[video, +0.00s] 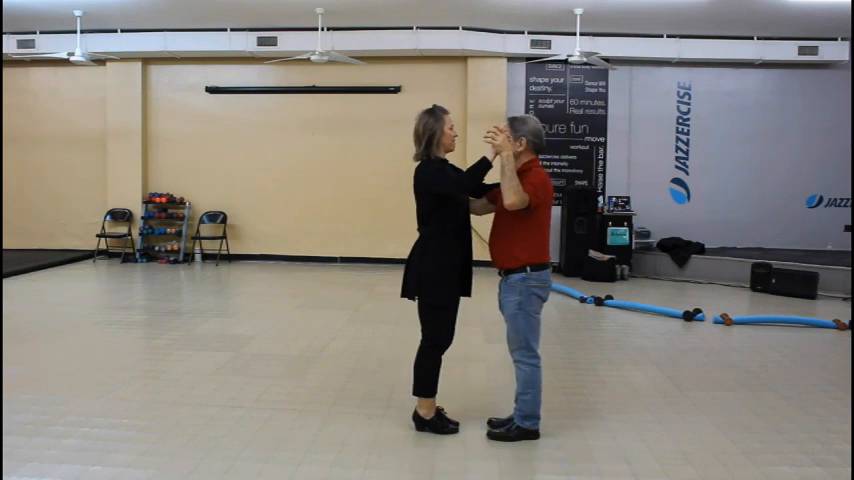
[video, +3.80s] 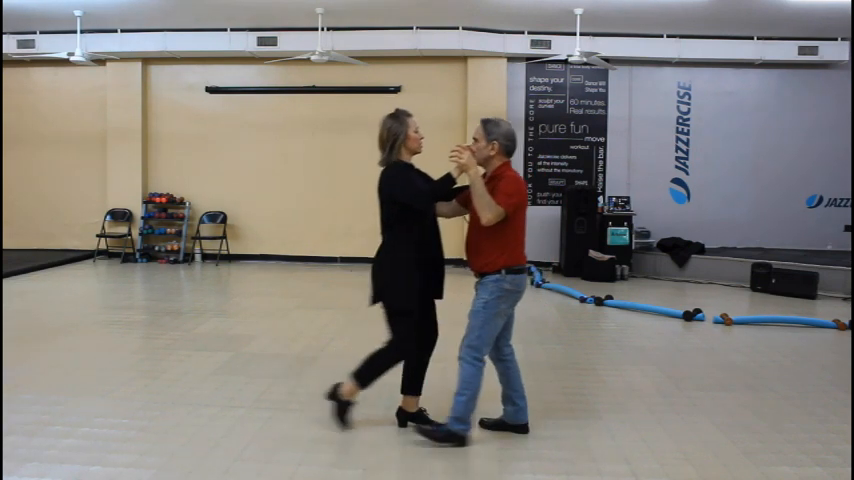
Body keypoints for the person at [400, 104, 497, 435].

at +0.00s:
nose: (456, 133)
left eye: (454, 128)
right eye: (450, 128)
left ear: (436, 133)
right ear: (436, 133)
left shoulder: (440, 168)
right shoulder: (431, 170)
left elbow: (472, 195)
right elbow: (465, 185)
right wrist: (490, 156)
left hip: (442, 266)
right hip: (435, 267)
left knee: (437, 338)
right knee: (435, 339)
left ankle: (426, 408)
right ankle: (425, 411)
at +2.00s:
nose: (462, 133)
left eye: (460, 127)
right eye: (456, 128)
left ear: (441, 133)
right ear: (442, 133)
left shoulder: (442, 167)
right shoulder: (439, 169)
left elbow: (473, 196)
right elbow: (473, 186)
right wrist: (501, 161)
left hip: (444, 267)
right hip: (441, 269)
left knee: (439, 339)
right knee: (437, 340)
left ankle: (427, 407)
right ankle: (424, 411)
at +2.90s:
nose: (453, 139)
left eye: (452, 133)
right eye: (448, 134)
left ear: (432, 138)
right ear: (433, 138)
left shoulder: (436, 173)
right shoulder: (425, 174)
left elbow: (464, 200)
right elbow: (455, 190)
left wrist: (498, 189)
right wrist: (485, 165)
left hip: (435, 270)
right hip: (421, 272)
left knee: (446, 336)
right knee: (445, 337)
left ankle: (429, 406)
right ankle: (410, 404)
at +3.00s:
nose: (446, 138)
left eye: (444, 133)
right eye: (440, 134)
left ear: (423, 140)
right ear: (424, 140)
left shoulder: (429, 176)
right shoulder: (419, 177)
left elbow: (457, 202)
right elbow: (444, 196)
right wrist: (473, 170)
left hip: (431, 274)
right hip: (415, 276)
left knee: (443, 335)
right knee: (437, 336)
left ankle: (428, 406)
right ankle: (376, 392)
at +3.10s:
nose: (435, 138)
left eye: (433, 133)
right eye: (429, 135)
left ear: (415, 142)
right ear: (415, 142)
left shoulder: (421, 179)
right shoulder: (408, 179)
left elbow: (449, 208)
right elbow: (435, 197)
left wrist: (481, 190)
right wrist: (462, 172)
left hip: (426, 278)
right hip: (406, 279)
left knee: (440, 333)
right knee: (408, 349)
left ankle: (428, 406)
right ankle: (344, 391)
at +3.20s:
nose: (424, 141)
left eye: (422, 136)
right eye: (419, 137)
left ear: (403, 144)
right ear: (404, 143)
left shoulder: (409, 180)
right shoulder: (398, 180)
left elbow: (441, 206)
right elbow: (424, 199)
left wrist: (472, 189)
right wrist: (450, 173)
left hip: (414, 278)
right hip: (393, 279)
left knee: (435, 333)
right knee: (378, 347)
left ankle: (427, 407)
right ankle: (321, 400)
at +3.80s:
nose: (421, 136)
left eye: (419, 130)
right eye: (415, 131)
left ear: (400, 137)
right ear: (400, 137)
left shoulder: (410, 172)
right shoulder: (396, 174)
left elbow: (441, 201)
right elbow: (430, 195)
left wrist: (474, 183)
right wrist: (456, 171)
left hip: (417, 272)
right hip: (398, 274)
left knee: (426, 336)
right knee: (406, 340)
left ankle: (409, 407)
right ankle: (346, 391)